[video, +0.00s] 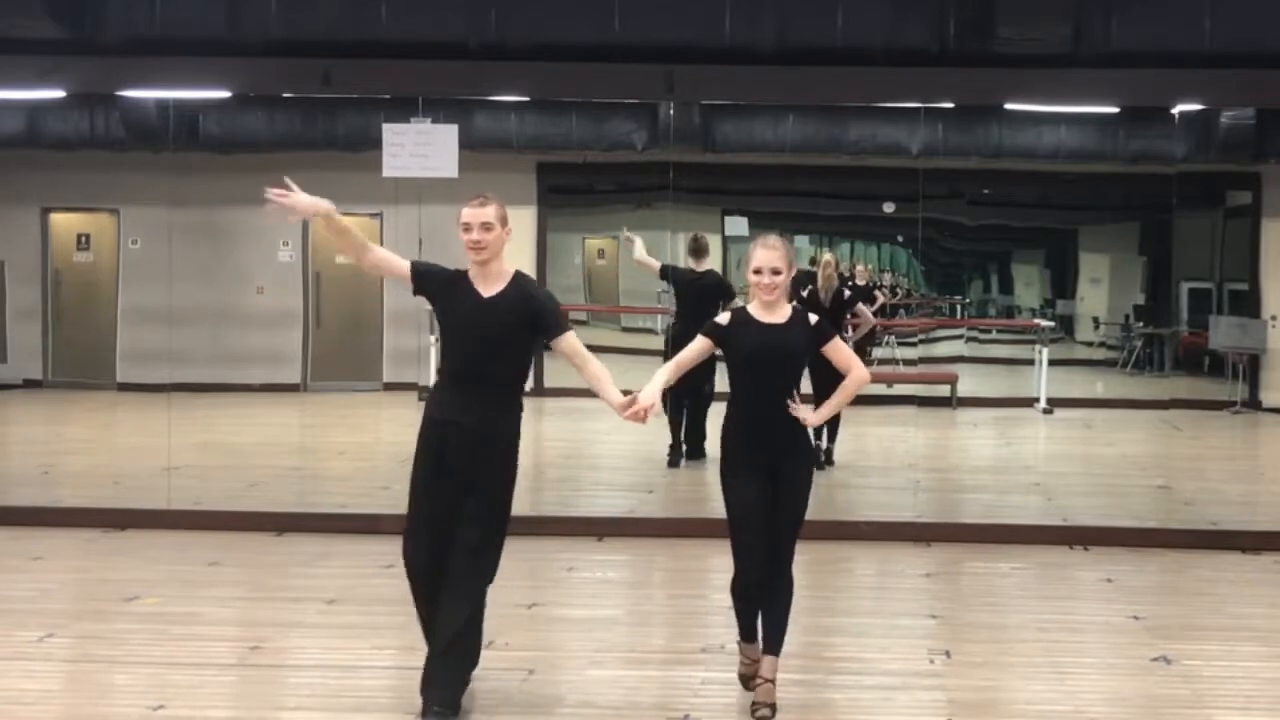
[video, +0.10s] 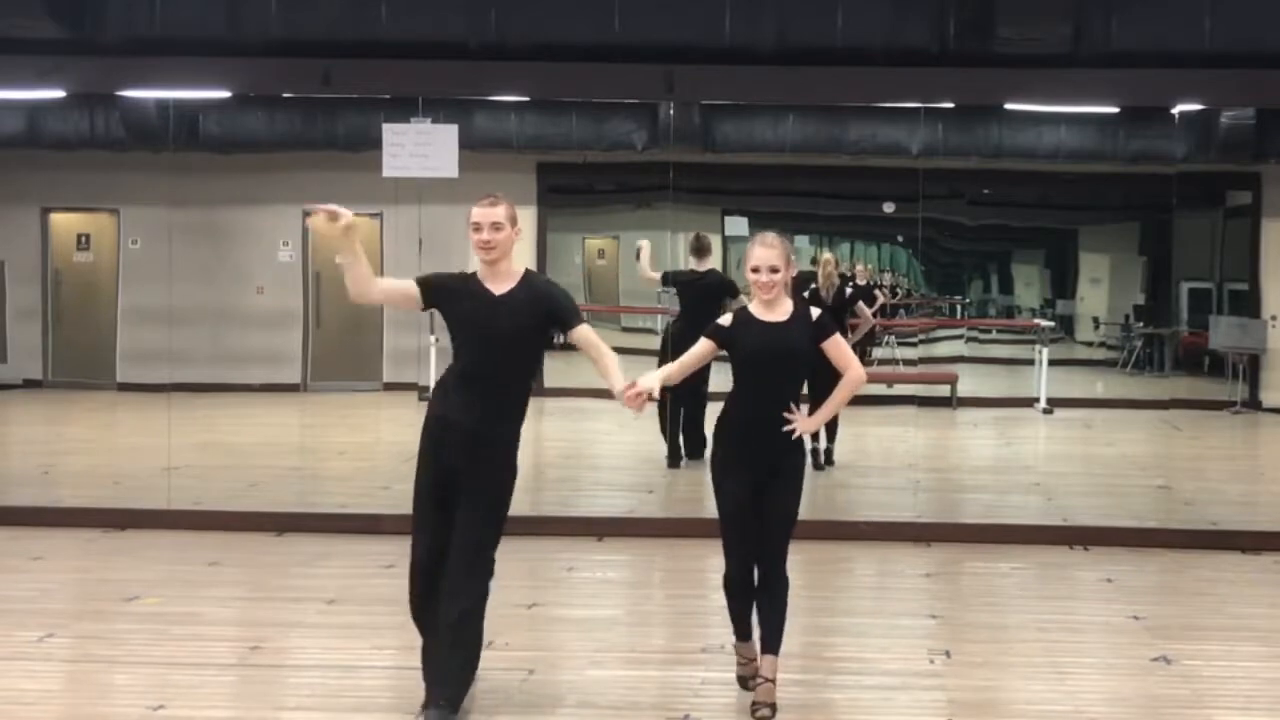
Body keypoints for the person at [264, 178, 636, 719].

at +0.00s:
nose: (473, 235)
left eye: (484, 227)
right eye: (466, 227)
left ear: (506, 232)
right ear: (458, 233)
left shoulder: (531, 299)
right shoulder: (444, 282)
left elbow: (582, 358)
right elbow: (369, 255)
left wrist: (617, 401)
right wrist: (324, 213)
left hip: (494, 452)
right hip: (438, 444)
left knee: (467, 570)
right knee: (421, 557)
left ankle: (441, 700)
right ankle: (452, 654)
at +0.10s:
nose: (486, 236)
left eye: (496, 227)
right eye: (478, 228)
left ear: (516, 232)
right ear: (469, 235)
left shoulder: (543, 295)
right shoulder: (452, 288)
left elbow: (597, 349)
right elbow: (365, 290)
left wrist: (621, 386)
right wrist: (347, 239)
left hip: (493, 451)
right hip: (440, 442)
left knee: (466, 573)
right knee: (426, 567)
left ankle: (443, 699)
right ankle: (448, 666)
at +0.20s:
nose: (513, 234)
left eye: (522, 226)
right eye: (503, 225)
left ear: (533, 232)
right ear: (485, 231)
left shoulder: (552, 293)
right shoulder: (460, 288)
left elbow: (610, 335)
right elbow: (387, 323)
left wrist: (623, 355)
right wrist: (334, 283)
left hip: (512, 437)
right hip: (459, 429)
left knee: (478, 544)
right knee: (450, 544)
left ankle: (460, 671)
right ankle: (452, 652)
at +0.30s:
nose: (546, 239)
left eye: (549, 232)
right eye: (537, 231)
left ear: (549, 235)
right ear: (508, 232)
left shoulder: (563, 291)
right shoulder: (473, 295)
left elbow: (630, 321)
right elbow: (434, 356)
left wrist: (629, 334)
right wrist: (367, 343)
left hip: (528, 432)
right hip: (476, 427)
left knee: (485, 529)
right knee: (463, 538)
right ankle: (455, 658)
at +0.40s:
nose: (564, 241)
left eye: (566, 233)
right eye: (556, 233)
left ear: (563, 237)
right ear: (526, 236)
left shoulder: (582, 288)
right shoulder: (496, 298)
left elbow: (660, 288)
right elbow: (478, 368)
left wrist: (634, 305)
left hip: (543, 439)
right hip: (490, 433)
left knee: (517, 543)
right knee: (467, 543)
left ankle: (565, 585)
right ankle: (456, 658)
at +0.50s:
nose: (587, 241)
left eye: (589, 233)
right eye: (579, 234)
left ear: (588, 237)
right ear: (551, 237)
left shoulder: (603, 283)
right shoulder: (525, 300)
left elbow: (669, 262)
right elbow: (512, 370)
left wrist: (640, 290)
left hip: (572, 437)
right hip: (519, 430)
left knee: (570, 539)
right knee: (478, 542)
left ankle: (597, 627)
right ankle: (453, 657)